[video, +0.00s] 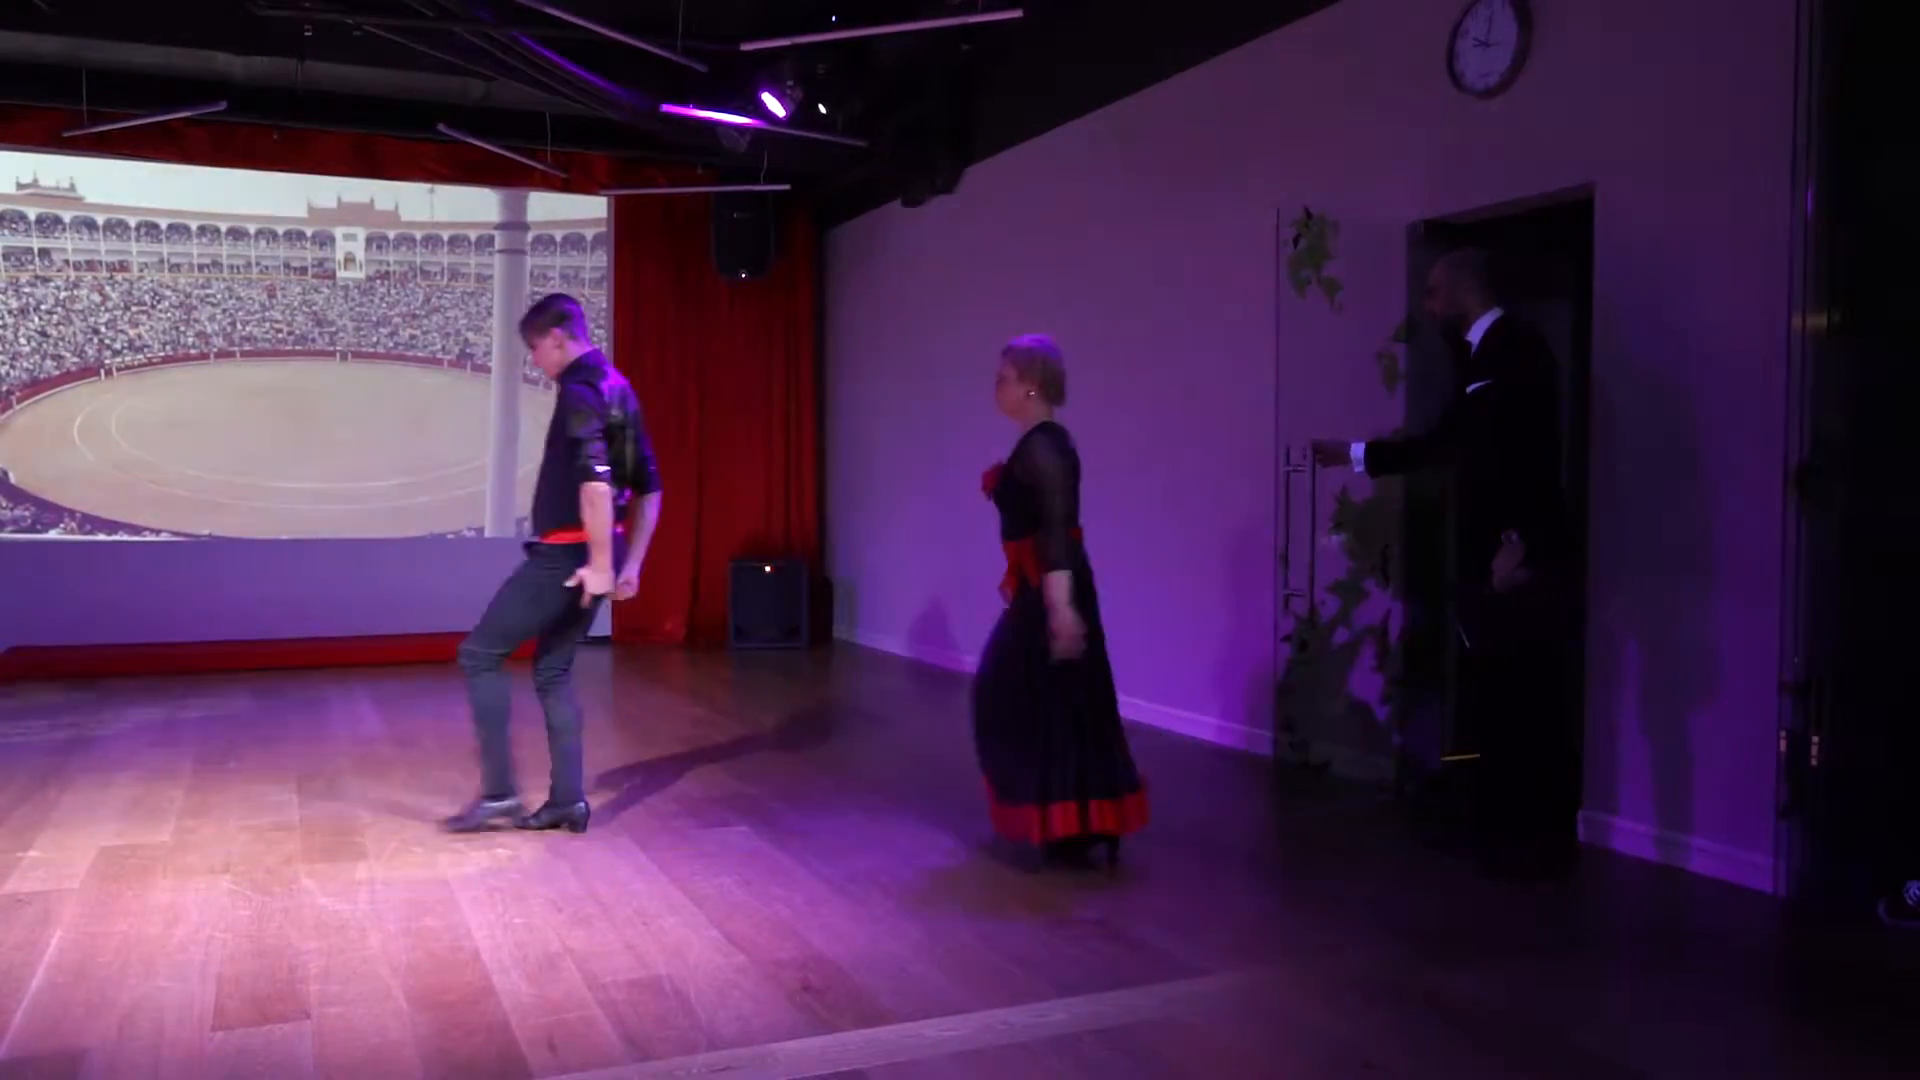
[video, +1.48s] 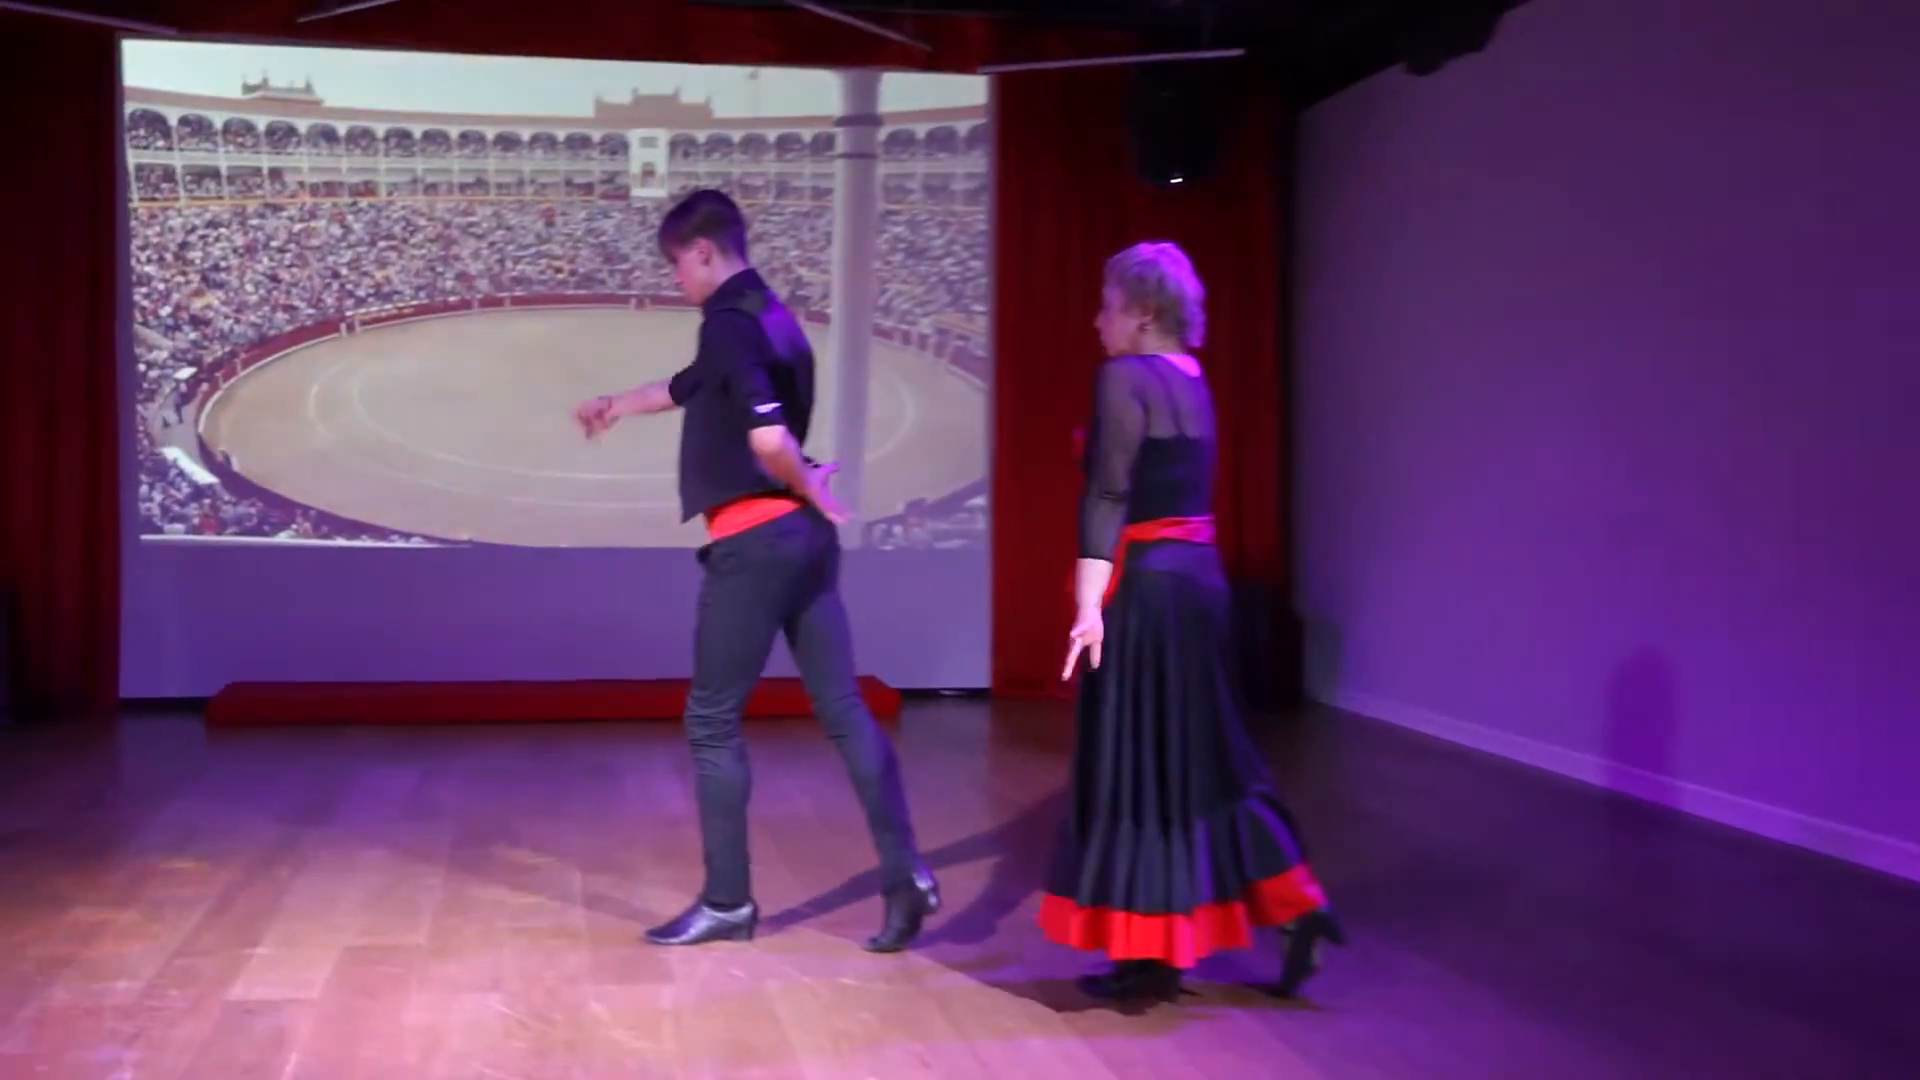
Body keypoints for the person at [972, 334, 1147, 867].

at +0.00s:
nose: (996, 390)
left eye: (1004, 380)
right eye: (998, 380)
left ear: (1029, 387)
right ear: (1037, 387)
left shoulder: (1045, 448)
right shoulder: (1038, 444)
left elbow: (1056, 528)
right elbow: (1033, 513)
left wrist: (1060, 602)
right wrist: (1001, 486)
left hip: (1047, 596)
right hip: (1047, 591)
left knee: (1001, 694)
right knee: (1068, 706)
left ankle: (1063, 818)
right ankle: (1083, 819)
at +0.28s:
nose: (912, 397)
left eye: (920, 388)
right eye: (916, 386)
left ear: (944, 397)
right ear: (956, 398)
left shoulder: (952, 456)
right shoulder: (963, 452)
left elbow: (940, 534)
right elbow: (939, 534)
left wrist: (900, 585)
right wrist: (896, 575)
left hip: (950, 598)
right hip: (966, 594)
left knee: (893, 697)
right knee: (1003, 703)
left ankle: (868, 813)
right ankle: (1059, 811)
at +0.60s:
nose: (863, 389)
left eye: (871, 379)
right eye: (865, 378)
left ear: (899, 387)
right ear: (897, 386)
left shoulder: (913, 444)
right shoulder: (901, 440)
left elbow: (923, 522)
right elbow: (899, 510)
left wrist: (873, 583)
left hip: (902, 587)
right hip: (902, 582)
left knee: (851, 692)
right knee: (908, 696)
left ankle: (811, 815)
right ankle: (913, 818)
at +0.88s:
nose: (898, 369)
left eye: (908, 359)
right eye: (902, 358)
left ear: (934, 367)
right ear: (949, 369)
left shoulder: (935, 426)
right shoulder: (960, 424)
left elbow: (943, 502)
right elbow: (949, 500)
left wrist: (905, 579)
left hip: (931, 576)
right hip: (958, 573)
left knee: (881, 699)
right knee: (970, 703)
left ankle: (868, 842)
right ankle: (1013, 825)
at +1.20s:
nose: (983, 337)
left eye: (991, 325)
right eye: (987, 323)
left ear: (1016, 333)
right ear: (1047, 335)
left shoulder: (1022, 403)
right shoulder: (1062, 401)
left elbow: (1026, 490)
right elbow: (1050, 494)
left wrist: (989, 587)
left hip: (1023, 574)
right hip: (1062, 571)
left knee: (1000, 730)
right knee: (1074, 725)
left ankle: (1006, 896)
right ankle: (1144, 859)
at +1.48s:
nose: (1100, 318)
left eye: (1110, 305)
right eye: (1104, 304)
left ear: (1140, 311)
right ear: (1173, 311)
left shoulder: (1127, 378)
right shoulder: (1190, 378)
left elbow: (1112, 491)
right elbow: (1178, 494)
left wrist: (1090, 600)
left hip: (1149, 587)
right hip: (1198, 582)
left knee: (1135, 760)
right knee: (1212, 752)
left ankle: (1144, 949)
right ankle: (1296, 900)